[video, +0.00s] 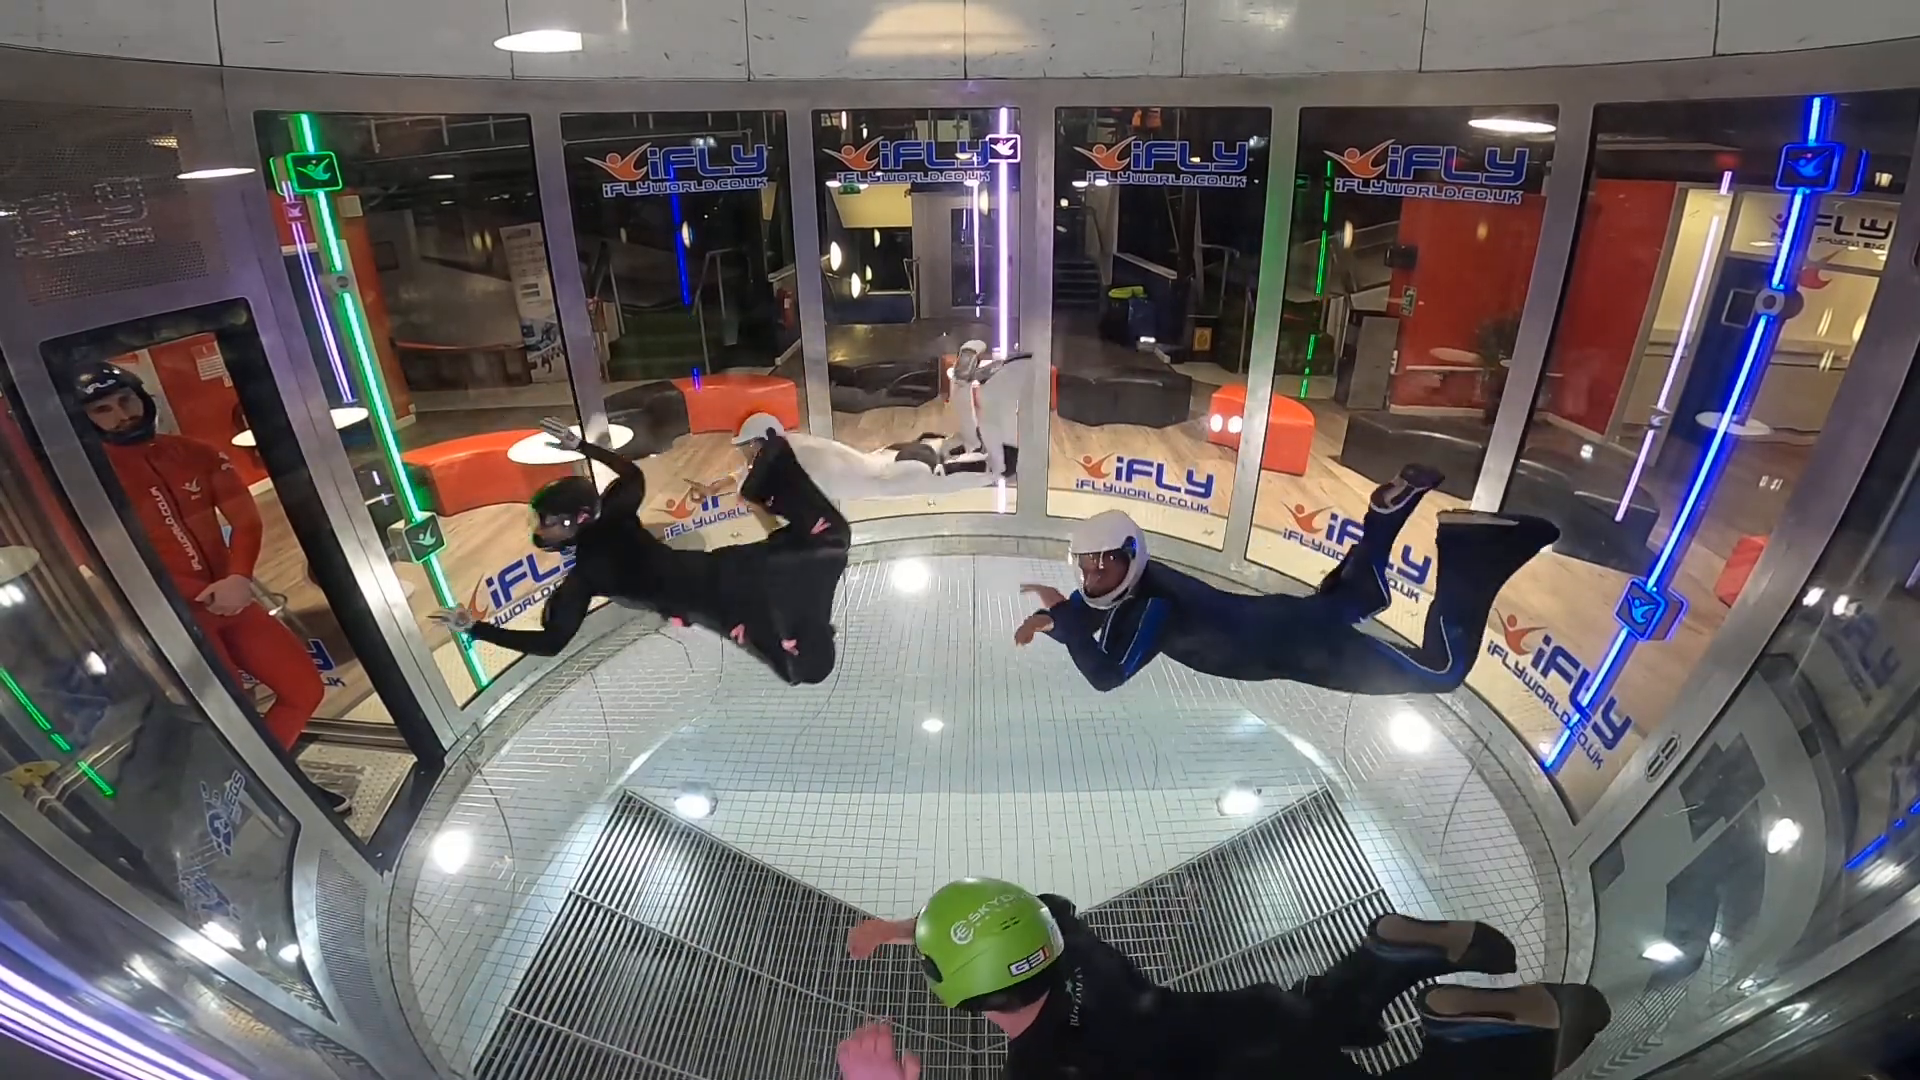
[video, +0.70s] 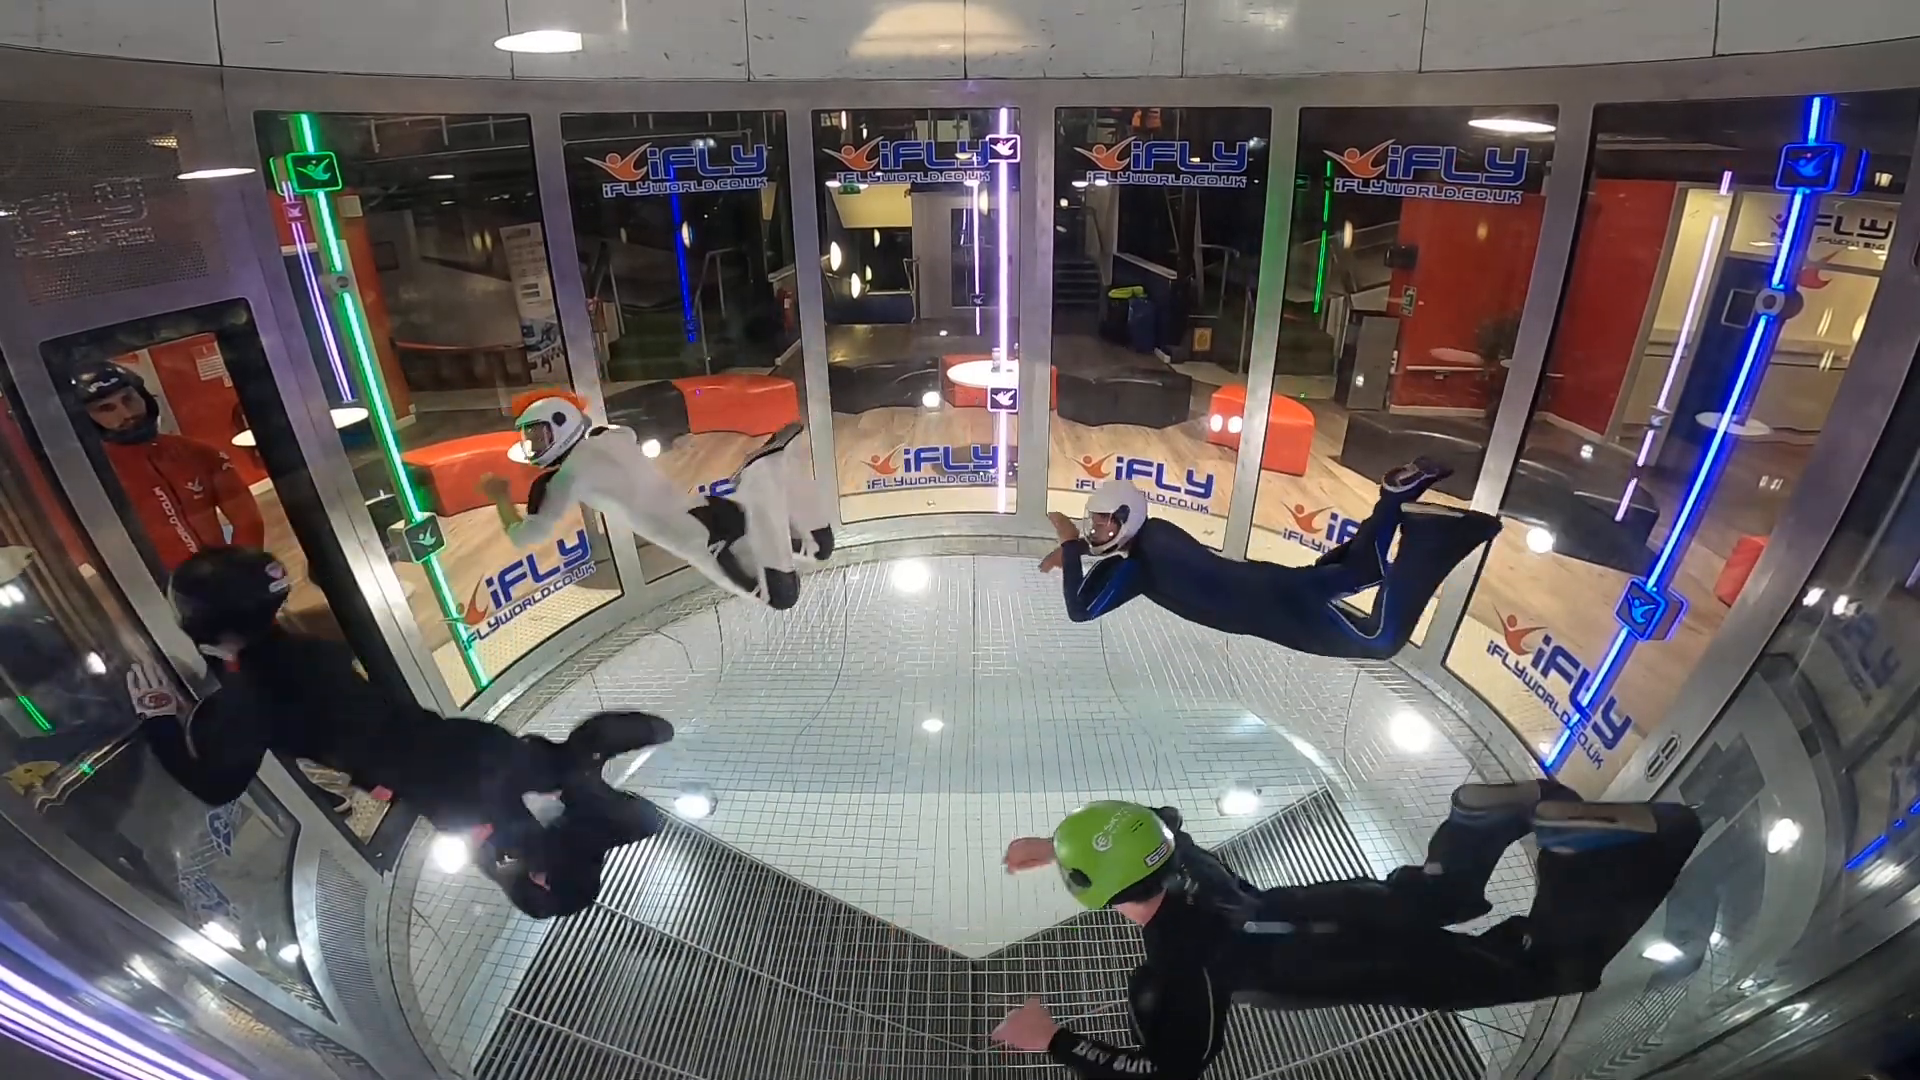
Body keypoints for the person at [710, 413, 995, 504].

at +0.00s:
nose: (749, 454)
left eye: (750, 447)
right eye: (747, 449)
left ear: (763, 441)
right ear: (771, 435)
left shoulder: (777, 456)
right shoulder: (792, 440)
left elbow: (750, 491)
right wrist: (733, 483)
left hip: (860, 480)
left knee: (926, 481)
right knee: (879, 467)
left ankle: (987, 474)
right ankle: (925, 455)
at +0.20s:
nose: (684, 440)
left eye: (689, 430)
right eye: (680, 433)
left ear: (710, 422)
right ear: (708, 420)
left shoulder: (735, 456)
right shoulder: (734, 431)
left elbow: (713, 525)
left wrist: (685, 495)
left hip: (857, 479)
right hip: (846, 460)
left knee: (942, 507)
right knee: (919, 492)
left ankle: (931, 429)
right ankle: (925, 424)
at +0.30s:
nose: (653, 433)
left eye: (658, 425)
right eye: (650, 425)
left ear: (677, 421)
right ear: (680, 417)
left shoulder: (699, 458)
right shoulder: (707, 419)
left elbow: (676, 520)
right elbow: (670, 440)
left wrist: (648, 481)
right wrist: (640, 452)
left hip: (824, 484)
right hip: (818, 465)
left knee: (910, 523)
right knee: (898, 511)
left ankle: (897, 437)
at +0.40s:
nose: (625, 429)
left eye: (628, 419)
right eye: (620, 421)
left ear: (649, 411)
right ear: (652, 408)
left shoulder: (665, 452)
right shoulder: (682, 415)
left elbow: (638, 515)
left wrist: (615, 481)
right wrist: (625, 455)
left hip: (784, 494)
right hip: (785, 468)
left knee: (872, 543)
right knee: (841, 475)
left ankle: (882, 444)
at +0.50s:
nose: (591, 429)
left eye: (597, 417)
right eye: (587, 420)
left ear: (620, 410)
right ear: (622, 408)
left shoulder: (633, 455)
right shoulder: (660, 420)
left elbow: (596, 519)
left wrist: (580, 477)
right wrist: (612, 461)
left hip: (763, 508)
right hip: (764, 483)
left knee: (839, 562)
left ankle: (836, 457)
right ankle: (830, 456)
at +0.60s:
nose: (562, 432)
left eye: (566, 421)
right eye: (559, 424)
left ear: (589, 415)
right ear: (596, 411)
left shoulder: (599, 462)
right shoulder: (636, 422)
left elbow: (559, 526)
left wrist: (540, 485)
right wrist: (571, 462)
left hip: (726, 521)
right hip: (740, 493)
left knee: (807, 578)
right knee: (836, 518)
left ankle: (804, 468)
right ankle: (813, 460)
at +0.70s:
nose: (535, 447)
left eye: (538, 435)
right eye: (532, 438)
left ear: (560, 428)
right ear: (572, 423)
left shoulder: (570, 475)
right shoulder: (614, 436)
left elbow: (524, 538)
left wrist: (500, 500)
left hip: (694, 539)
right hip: (708, 513)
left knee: (777, 592)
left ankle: (759, 479)